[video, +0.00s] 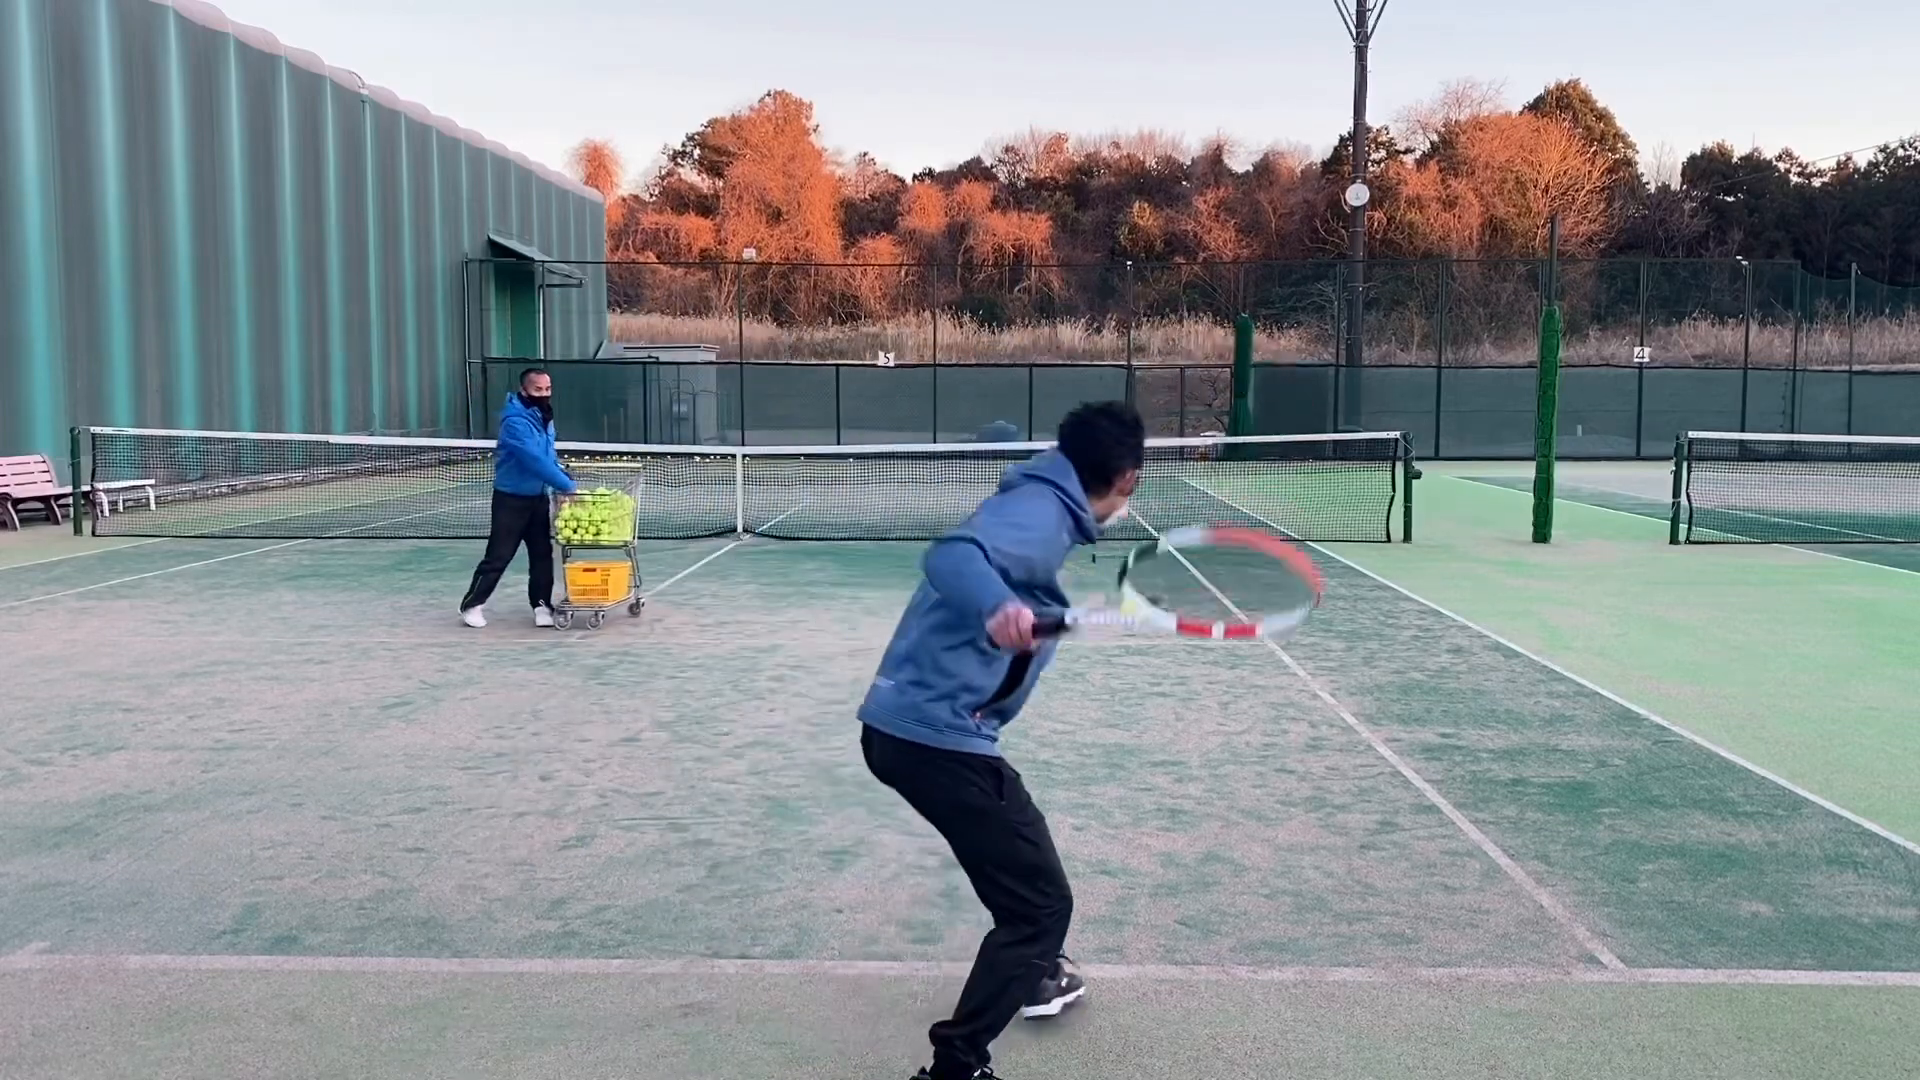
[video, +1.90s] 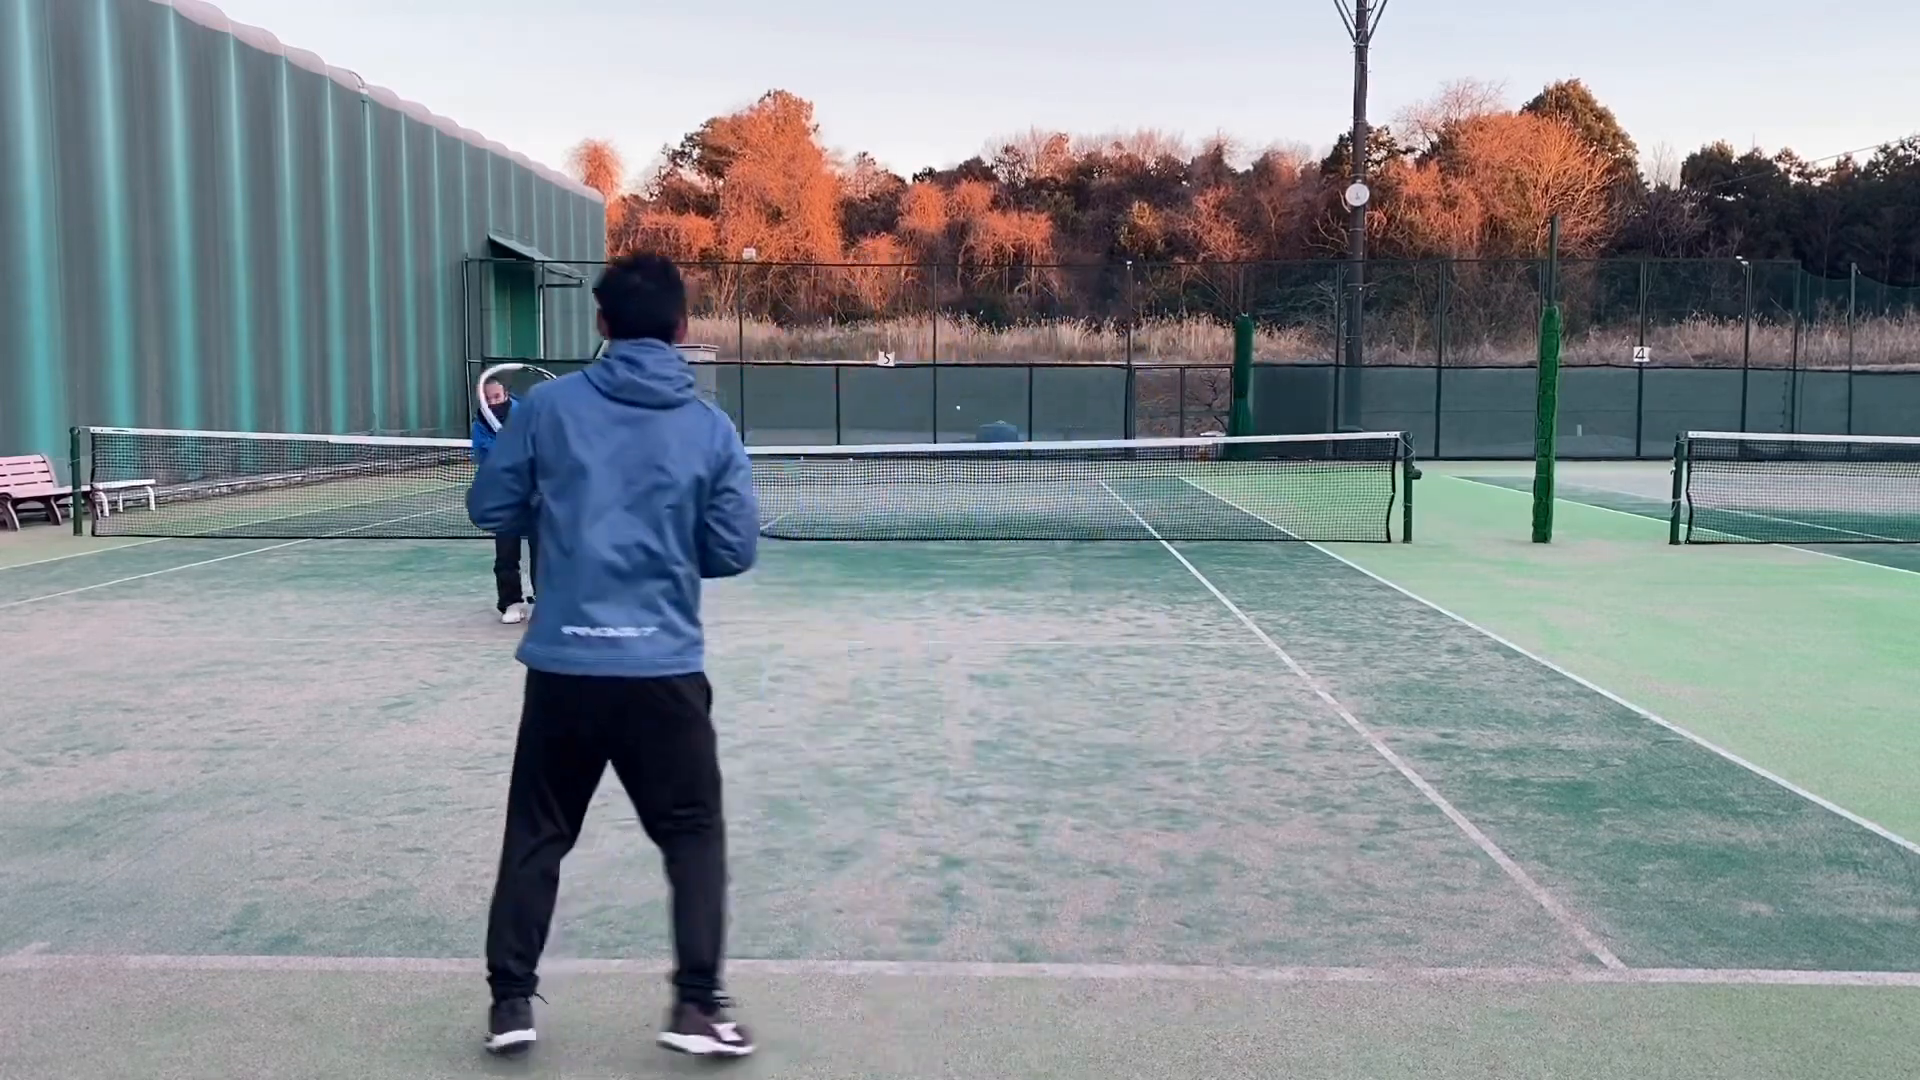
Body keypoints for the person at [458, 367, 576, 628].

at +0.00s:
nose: (545, 393)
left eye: (548, 389)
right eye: (539, 389)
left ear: (549, 390)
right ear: (525, 390)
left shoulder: (543, 416)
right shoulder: (514, 421)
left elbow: (548, 455)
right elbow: (534, 459)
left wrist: (564, 481)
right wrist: (568, 486)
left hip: (537, 497)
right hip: (510, 498)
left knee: (542, 554)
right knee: (499, 555)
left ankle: (541, 606)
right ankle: (471, 605)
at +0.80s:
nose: (544, 390)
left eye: (548, 386)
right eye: (538, 386)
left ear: (551, 387)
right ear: (526, 387)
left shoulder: (556, 416)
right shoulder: (515, 418)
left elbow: (564, 451)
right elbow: (517, 463)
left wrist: (566, 468)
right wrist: (555, 474)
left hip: (548, 495)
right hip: (520, 496)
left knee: (549, 552)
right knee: (516, 552)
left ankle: (543, 604)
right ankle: (509, 602)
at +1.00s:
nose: (527, 390)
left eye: (532, 385)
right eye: (522, 386)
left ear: (538, 386)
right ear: (512, 387)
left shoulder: (550, 415)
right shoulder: (501, 419)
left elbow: (565, 451)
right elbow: (502, 464)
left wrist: (563, 470)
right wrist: (527, 471)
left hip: (545, 496)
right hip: (514, 497)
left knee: (547, 553)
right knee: (513, 553)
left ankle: (543, 605)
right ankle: (512, 603)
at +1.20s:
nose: (514, 391)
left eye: (518, 386)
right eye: (508, 387)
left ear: (525, 386)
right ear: (499, 389)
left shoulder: (543, 415)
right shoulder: (490, 420)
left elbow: (563, 448)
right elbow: (486, 458)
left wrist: (564, 470)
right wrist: (499, 480)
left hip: (539, 495)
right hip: (506, 496)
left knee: (541, 553)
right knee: (507, 554)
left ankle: (542, 605)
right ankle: (511, 604)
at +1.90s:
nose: (495, 401)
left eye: (498, 395)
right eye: (490, 398)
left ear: (507, 393)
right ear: (483, 400)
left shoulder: (525, 413)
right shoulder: (481, 424)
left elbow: (539, 443)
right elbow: (482, 455)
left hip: (535, 490)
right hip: (503, 494)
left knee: (540, 549)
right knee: (507, 554)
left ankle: (542, 600)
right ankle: (511, 604)